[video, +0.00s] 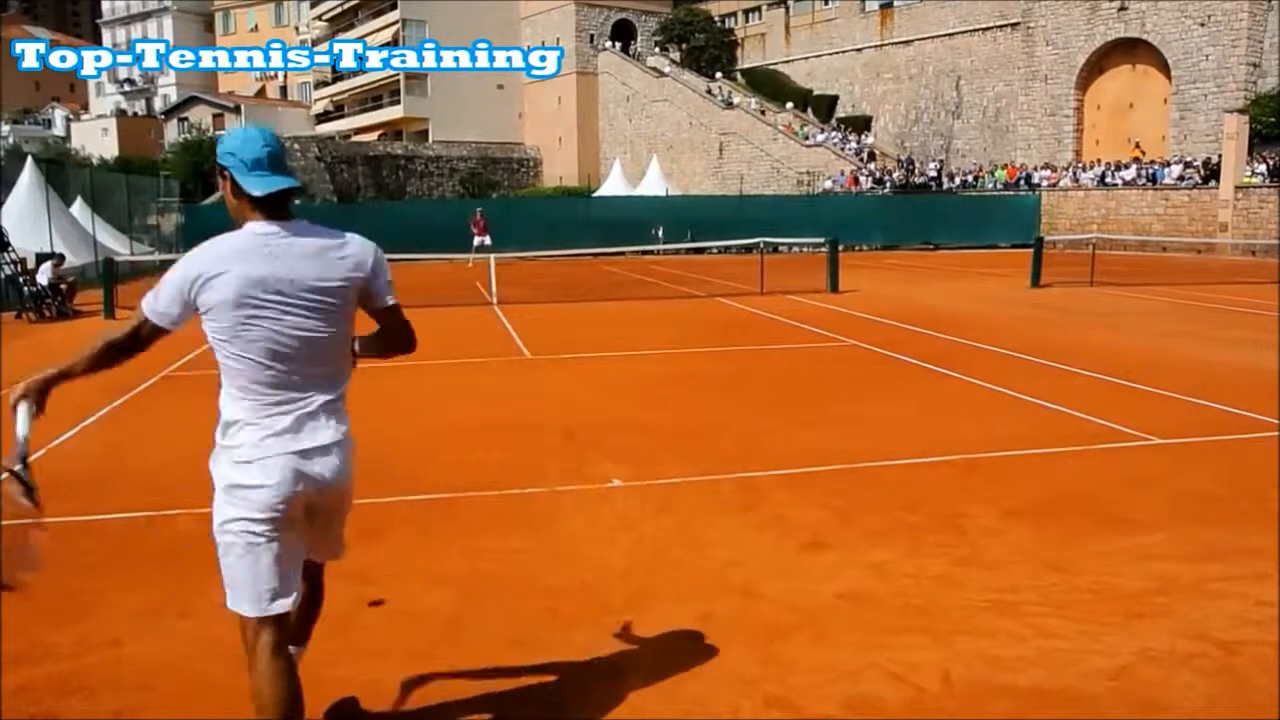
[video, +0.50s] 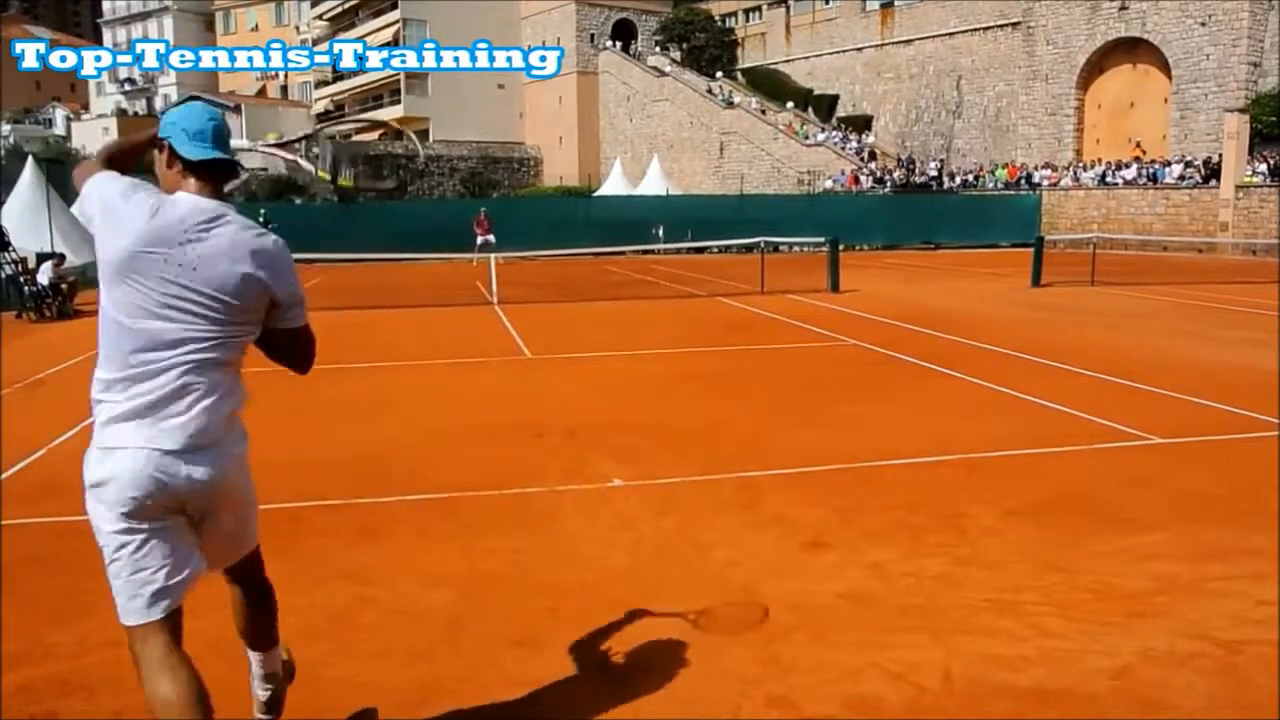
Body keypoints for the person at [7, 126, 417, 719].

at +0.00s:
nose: (222, 192)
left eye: (222, 183)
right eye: (224, 183)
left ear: (229, 186)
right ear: (288, 182)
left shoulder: (210, 262)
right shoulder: (353, 253)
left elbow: (130, 339)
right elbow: (400, 339)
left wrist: (48, 379)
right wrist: (343, 346)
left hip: (255, 462)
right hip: (331, 455)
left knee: (268, 641)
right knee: (309, 572)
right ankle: (283, 667)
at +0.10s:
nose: (202, 177)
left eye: (202, 169)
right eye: (208, 168)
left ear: (211, 175)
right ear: (270, 167)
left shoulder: (190, 246)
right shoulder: (329, 244)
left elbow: (132, 297)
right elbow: (377, 339)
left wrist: (77, 302)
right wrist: (311, 314)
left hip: (226, 456)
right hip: (303, 452)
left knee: (252, 635)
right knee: (287, 570)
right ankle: (255, 673)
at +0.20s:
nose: (187, 172)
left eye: (187, 164)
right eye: (188, 164)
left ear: (196, 168)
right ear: (256, 164)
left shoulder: (168, 230)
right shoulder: (308, 242)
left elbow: (113, 255)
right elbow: (350, 341)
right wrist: (284, 303)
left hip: (188, 452)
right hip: (273, 448)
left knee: (224, 625)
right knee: (269, 571)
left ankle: (275, 717)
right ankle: (253, 679)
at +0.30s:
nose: (170, 167)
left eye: (172, 159)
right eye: (173, 159)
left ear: (183, 162)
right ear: (240, 162)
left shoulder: (144, 220)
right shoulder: (286, 242)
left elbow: (99, 208)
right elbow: (325, 348)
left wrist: (155, 176)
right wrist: (259, 306)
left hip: (154, 451)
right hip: (241, 451)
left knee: (190, 624)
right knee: (254, 570)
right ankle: (256, 675)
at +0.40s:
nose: (170, 167)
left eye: (172, 159)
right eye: (173, 159)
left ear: (183, 162)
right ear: (240, 162)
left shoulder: (144, 220)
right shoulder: (286, 242)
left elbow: (99, 208)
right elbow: (325, 348)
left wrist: (155, 176)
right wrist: (259, 306)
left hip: (154, 451)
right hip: (241, 451)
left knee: (190, 624)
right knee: (254, 570)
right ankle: (256, 675)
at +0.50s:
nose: (159, 165)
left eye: (162, 157)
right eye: (166, 154)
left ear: (168, 160)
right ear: (228, 164)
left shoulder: (126, 212)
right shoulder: (261, 248)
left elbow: (89, 169)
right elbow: (299, 355)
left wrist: (153, 141)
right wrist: (231, 310)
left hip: (124, 457)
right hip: (214, 456)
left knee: (155, 639)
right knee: (248, 575)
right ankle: (267, 678)